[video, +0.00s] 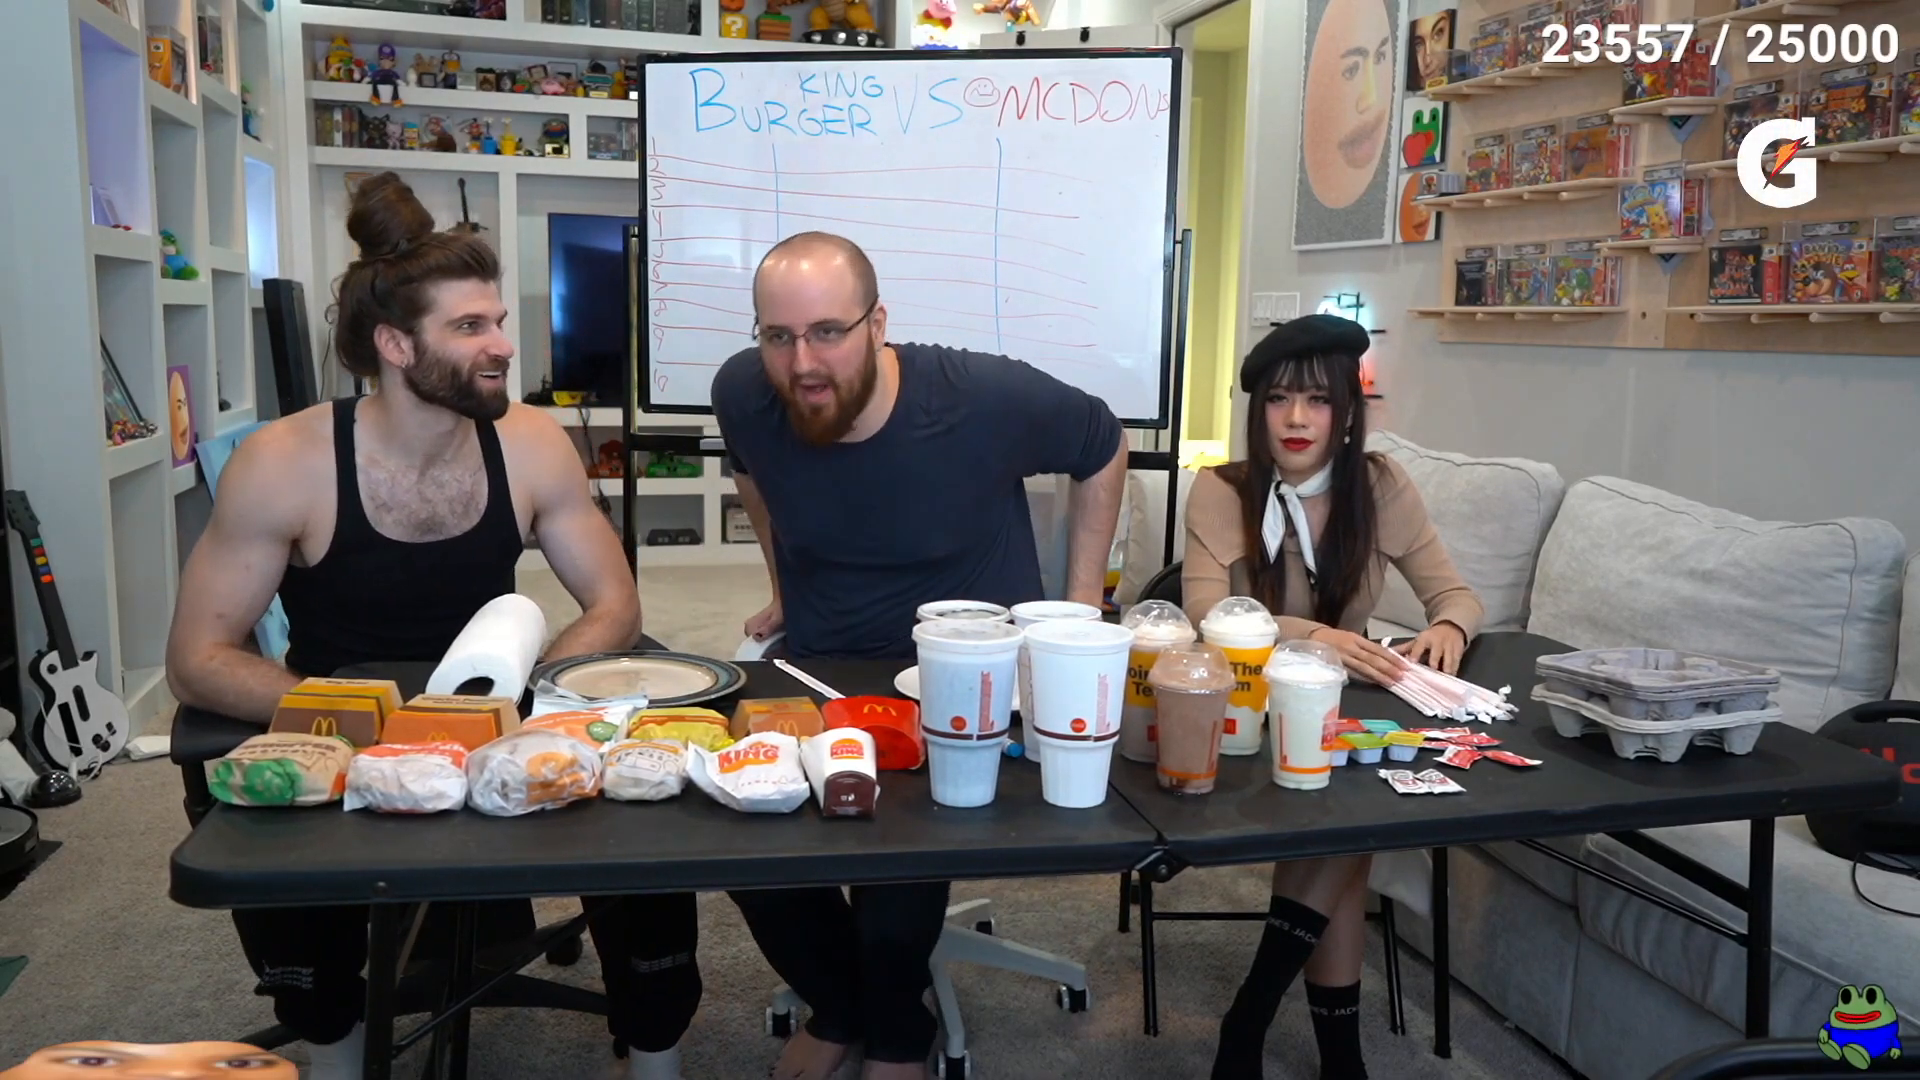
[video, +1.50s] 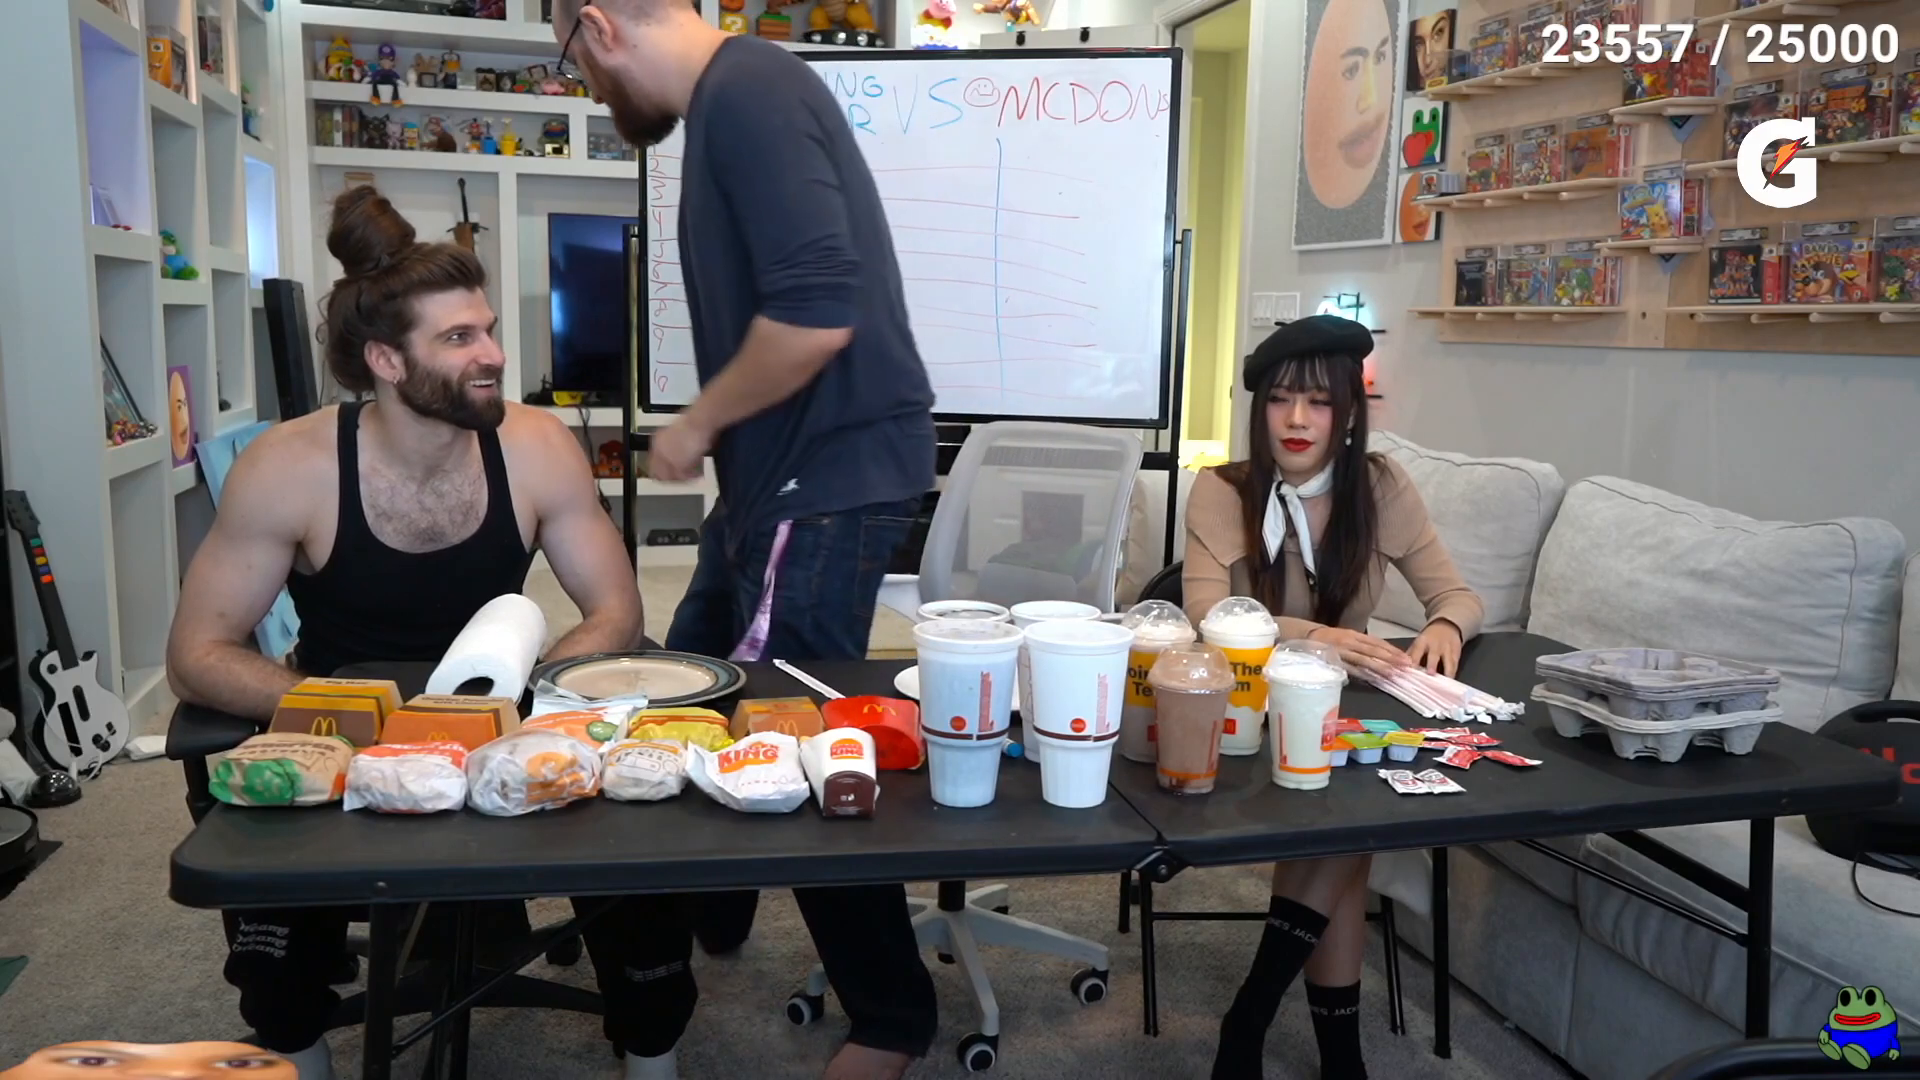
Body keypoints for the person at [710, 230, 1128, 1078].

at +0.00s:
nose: (803, 362)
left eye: (827, 334)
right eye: (780, 337)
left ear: (876, 324)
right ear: (759, 333)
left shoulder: (981, 396)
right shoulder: (744, 395)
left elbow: (1104, 444)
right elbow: (754, 482)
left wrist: (1082, 606)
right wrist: (784, 590)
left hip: (953, 683)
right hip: (814, 674)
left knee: (900, 846)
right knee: (748, 828)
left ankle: (894, 1040)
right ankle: (835, 1013)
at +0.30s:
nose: (763, 410)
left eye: (784, 380)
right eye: (736, 388)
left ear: (836, 325)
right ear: (709, 353)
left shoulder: (971, 361)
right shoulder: (709, 376)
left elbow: (1089, 429)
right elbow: (756, 473)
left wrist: (1089, 579)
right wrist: (782, 565)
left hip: (956, 642)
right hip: (809, 636)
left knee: (889, 833)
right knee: (771, 819)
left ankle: (901, 1044)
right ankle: (837, 1021)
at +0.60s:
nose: (703, 262)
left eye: (716, 238)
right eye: (690, 240)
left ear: (795, 189)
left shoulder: (970, 240)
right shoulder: (711, 250)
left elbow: (1090, 373)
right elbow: (740, 390)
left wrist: (1097, 544)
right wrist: (779, 516)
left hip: (934, 571)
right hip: (796, 560)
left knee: (873, 811)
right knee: (763, 798)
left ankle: (898, 1030)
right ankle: (837, 1016)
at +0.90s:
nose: (682, 104)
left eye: (680, 76)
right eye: (672, 82)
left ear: (746, 46)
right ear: (744, 50)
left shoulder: (950, 155)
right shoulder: (763, 150)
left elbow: (1052, 350)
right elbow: (780, 323)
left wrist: (1018, 538)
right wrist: (782, 461)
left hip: (903, 541)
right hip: (776, 514)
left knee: (854, 797)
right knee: (731, 760)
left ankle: (900, 1023)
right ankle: (814, 982)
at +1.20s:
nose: (634, 79)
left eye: (623, 49)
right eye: (621, 55)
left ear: (671, 20)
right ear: (686, 18)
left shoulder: (854, 121)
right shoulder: (765, 122)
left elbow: (972, 335)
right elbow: (827, 328)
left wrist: (894, 521)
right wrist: (784, 485)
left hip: (866, 522)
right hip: (783, 505)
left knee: (850, 771)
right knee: (716, 730)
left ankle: (893, 1025)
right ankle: (770, 980)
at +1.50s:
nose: (588, 89)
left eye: (576, 60)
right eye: (576, 68)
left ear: (607, 28)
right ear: (643, 21)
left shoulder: (749, 92)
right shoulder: (730, 103)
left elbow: (815, 310)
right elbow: (791, 312)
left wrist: (696, 422)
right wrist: (734, 441)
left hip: (829, 477)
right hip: (777, 477)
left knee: (795, 739)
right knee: (688, 699)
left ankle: (894, 1021)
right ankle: (710, 913)